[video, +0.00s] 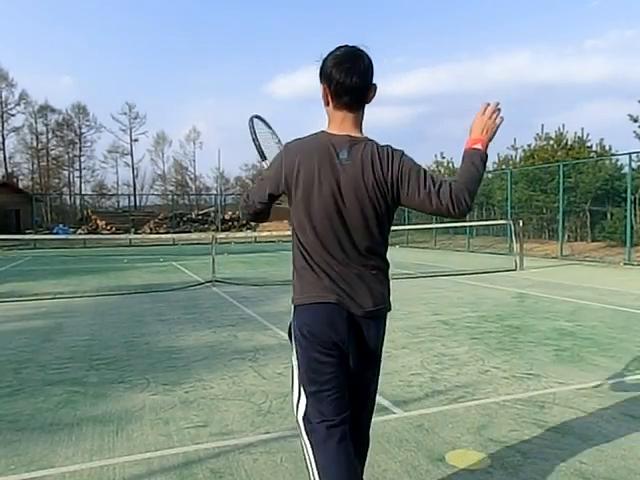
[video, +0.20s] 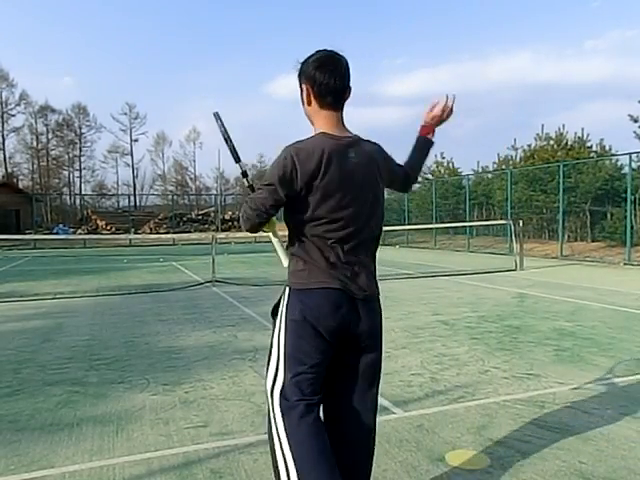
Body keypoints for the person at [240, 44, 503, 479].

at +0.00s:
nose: (323, 94)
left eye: (322, 87)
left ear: (324, 93)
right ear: (371, 95)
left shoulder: (294, 155)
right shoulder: (387, 161)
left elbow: (252, 206)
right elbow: (456, 201)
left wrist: (267, 182)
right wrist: (477, 143)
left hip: (316, 310)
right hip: (371, 309)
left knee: (325, 423)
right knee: (356, 422)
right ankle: (349, 478)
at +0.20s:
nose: (301, 95)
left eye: (301, 89)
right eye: (306, 89)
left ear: (306, 93)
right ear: (347, 93)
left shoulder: (297, 157)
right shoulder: (372, 154)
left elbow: (252, 215)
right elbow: (405, 178)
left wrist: (253, 188)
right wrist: (428, 131)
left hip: (311, 300)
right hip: (364, 303)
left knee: (295, 406)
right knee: (355, 413)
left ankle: (315, 477)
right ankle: (354, 478)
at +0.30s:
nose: (293, 103)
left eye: (292, 95)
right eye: (292, 95)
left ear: (301, 96)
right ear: (336, 95)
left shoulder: (307, 155)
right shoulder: (355, 148)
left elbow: (281, 218)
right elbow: (362, 142)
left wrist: (259, 221)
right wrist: (371, 118)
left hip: (309, 294)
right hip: (358, 291)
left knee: (286, 400)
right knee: (346, 404)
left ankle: (289, 475)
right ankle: (345, 476)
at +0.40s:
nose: (286, 104)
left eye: (285, 96)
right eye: (286, 96)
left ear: (295, 97)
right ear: (326, 94)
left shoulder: (315, 151)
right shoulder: (341, 140)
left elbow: (314, 213)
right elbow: (312, 141)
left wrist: (272, 223)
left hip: (307, 282)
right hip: (350, 281)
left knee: (276, 386)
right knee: (340, 391)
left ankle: (264, 472)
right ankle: (339, 474)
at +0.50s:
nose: (279, 108)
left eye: (278, 100)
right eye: (279, 100)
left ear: (288, 100)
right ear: (319, 98)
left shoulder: (315, 148)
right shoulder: (321, 143)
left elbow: (337, 203)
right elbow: (282, 168)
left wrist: (281, 223)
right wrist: (247, 180)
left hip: (306, 276)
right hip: (342, 275)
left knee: (270, 367)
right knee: (336, 379)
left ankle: (263, 459)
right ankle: (337, 471)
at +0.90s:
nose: (255, 122)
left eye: (256, 116)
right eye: (258, 116)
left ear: (259, 121)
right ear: (293, 123)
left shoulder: (273, 161)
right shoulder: (302, 164)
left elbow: (292, 211)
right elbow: (300, 222)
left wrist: (253, 235)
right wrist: (253, 235)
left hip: (282, 280)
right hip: (315, 276)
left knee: (266, 375)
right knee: (303, 361)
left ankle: (281, 467)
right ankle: (328, 437)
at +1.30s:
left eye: (276, 122)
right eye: (306, 122)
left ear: (273, 125)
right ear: (309, 127)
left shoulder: (255, 170)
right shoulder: (322, 172)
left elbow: (242, 220)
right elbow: (346, 224)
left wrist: (270, 215)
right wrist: (319, 232)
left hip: (263, 278)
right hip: (306, 281)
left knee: (254, 341)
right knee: (305, 357)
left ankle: (259, 422)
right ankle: (298, 442)